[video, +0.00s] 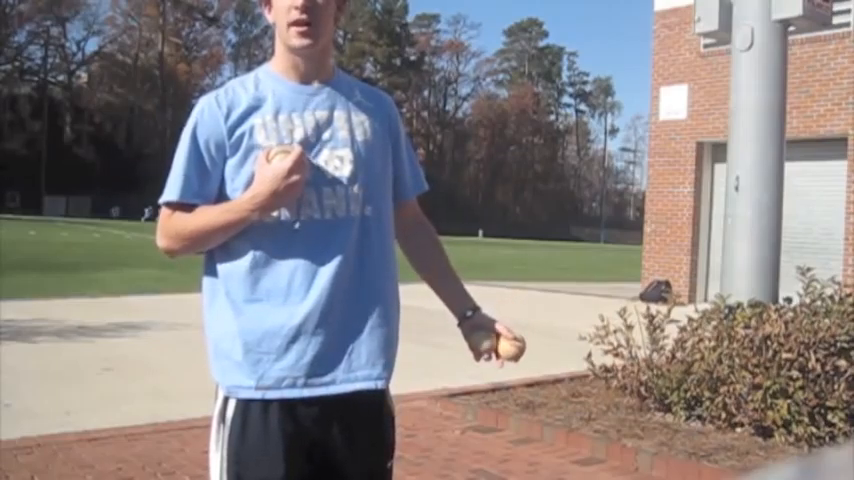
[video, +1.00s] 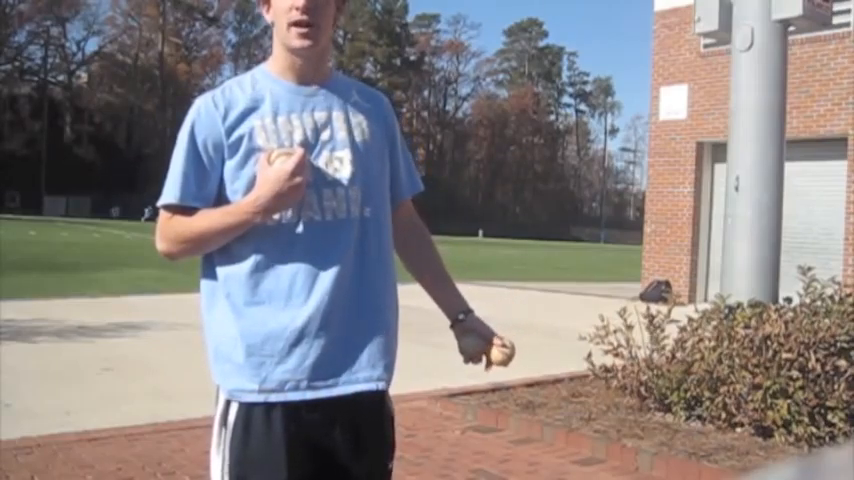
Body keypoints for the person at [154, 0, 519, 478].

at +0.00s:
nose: (305, 9)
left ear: (341, 10)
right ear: (269, 10)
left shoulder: (377, 110)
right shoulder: (220, 111)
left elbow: (410, 222)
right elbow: (171, 235)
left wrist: (470, 315)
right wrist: (256, 200)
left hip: (359, 382)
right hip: (259, 386)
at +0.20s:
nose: (302, 9)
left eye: (316, 2)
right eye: (290, 1)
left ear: (339, 12)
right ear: (269, 12)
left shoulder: (377, 110)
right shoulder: (219, 111)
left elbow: (411, 223)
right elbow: (170, 235)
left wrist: (471, 318)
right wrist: (256, 200)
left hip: (358, 384)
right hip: (257, 387)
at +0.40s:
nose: (304, 8)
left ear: (339, 10)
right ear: (268, 8)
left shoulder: (376, 111)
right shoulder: (218, 111)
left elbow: (410, 224)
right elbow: (170, 236)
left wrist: (468, 318)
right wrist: (255, 201)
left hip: (357, 385)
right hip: (256, 389)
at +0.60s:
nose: (304, 8)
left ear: (338, 10)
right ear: (267, 9)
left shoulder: (375, 110)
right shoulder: (218, 112)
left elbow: (408, 223)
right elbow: (169, 237)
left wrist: (468, 317)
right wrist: (255, 202)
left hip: (357, 384)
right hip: (256, 389)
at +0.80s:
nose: (305, 8)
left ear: (338, 10)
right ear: (268, 9)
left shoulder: (375, 110)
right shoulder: (217, 112)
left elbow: (407, 225)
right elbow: (170, 238)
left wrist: (464, 318)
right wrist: (256, 202)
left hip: (358, 386)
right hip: (258, 392)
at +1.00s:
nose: (305, 8)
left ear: (338, 10)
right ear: (268, 9)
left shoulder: (373, 109)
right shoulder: (216, 112)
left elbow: (405, 225)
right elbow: (169, 238)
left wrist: (463, 318)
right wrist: (258, 203)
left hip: (359, 386)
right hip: (260, 392)